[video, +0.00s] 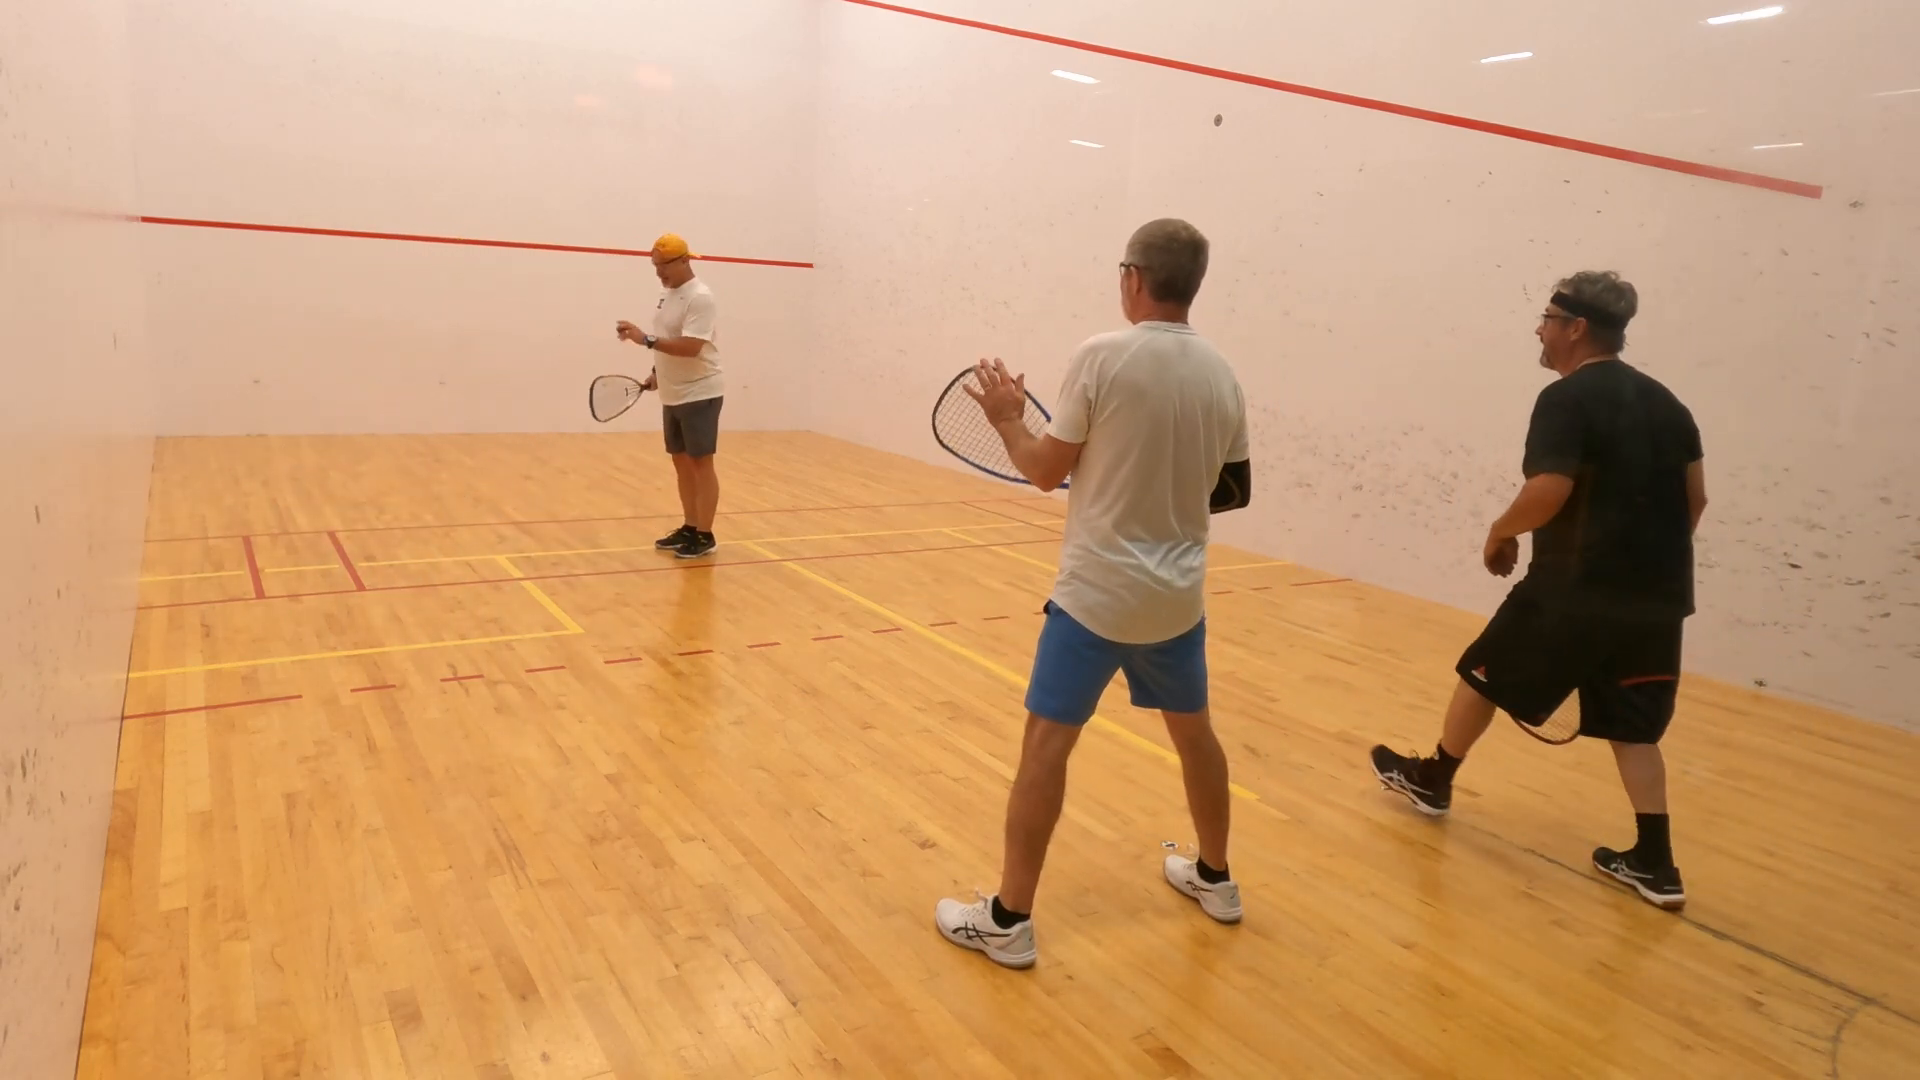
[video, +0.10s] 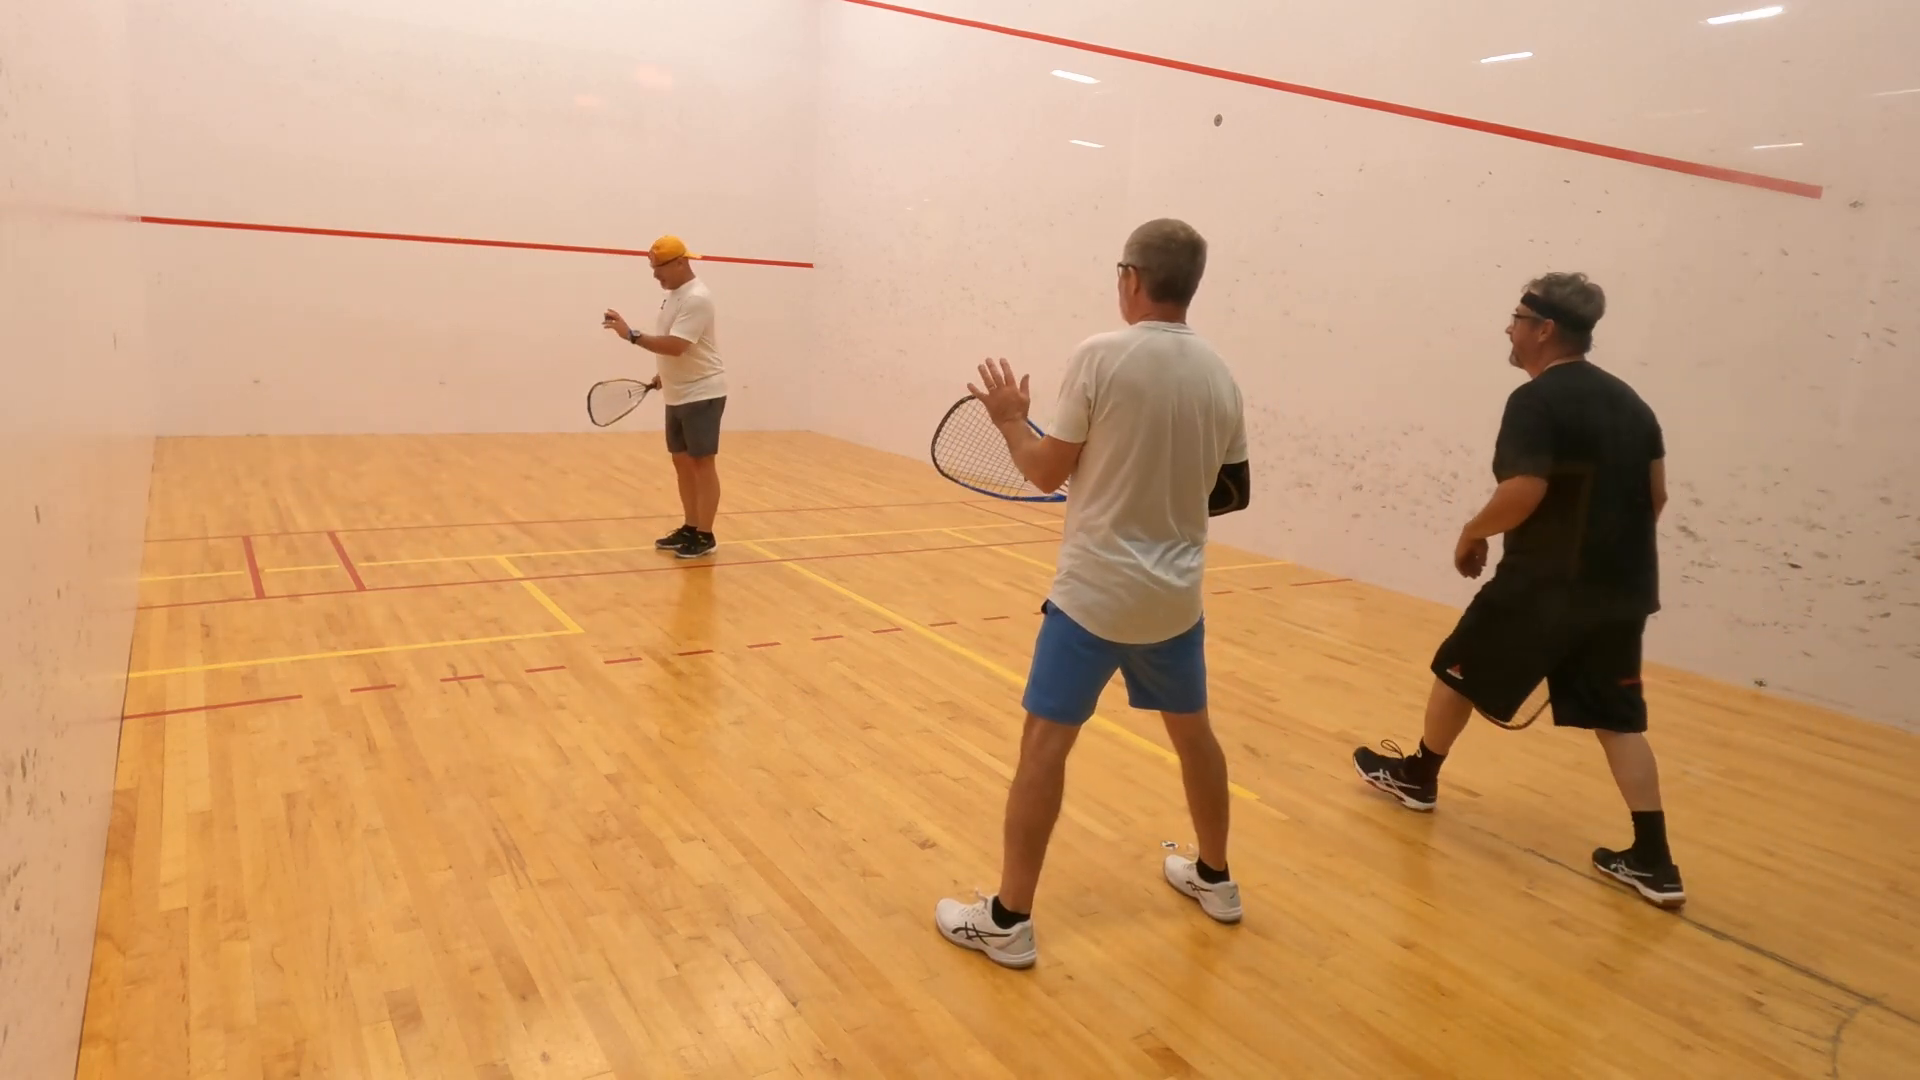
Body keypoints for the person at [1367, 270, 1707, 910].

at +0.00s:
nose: (1539, 330)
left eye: (1549, 320)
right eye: (1544, 318)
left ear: (1579, 331)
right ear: (1608, 334)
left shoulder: (1565, 398)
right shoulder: (1666, 404)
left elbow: (1549, 487)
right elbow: (1693, 499)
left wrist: (1503, 531)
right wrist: (1655, 562)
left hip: (1568, 595)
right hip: (1652, 604)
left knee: (1485, 669)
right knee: (1632, 722)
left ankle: (1435, 775)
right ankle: (1655, 861)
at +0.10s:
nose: (1509, 328)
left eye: (1518, 319)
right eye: (1514, 316)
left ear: (1546, 331)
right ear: (1570, 336)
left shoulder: (1534, 399)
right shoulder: (1630, 402)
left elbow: (1523, 489)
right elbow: (1654, 495)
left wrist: (1475, 530)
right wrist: (1610, 546)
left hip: (1539, 588)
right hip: (1618, 595)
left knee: (1459, 665)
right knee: (1618, 714)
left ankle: (1419, 773)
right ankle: (1653, 857)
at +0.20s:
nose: (1474, 323)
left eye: (1484, 315)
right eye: (1480, 312)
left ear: (1510, 328)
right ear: (1536, 331)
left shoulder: (1498, 398)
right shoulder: (1587, 397)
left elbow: (1488, 488)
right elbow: (1613, 486)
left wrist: (1440, 529)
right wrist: (1574, 543)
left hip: (1502, 576)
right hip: (1576, 584)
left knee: (1429, 656)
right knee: (1588, 701)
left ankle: (1410, 771)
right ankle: (1645, 838)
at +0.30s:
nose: (1441, 315)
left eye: (1450, 307)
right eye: (1446, 305)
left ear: (1475, 321)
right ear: (1499, 324)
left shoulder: (1464, 390)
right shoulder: (1551, 388)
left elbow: (1452, 478)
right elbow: (1573, 474)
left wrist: (1405, 515)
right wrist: (1547, 534)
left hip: (1462, 566)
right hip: (1534, 570)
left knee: (1410, 661)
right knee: (1523, 676)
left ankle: (1407, 773)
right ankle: (1604, 792)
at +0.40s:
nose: (1414, 311)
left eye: (1423, 303)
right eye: (1418, 300)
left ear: (1448, 314)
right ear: (1473, 317)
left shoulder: (1436, 382)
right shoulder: (1521, 383)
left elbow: (1417, 468)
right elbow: (1539, 470)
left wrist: (1370, 499)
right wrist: (1506, 523)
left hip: (1433, 556)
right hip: (1498, 559)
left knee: (1393, 657)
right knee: (1460, 652)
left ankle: (1406, 772)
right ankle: (1530, 753)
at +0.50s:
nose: (1390, 305)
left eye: (1398, 298)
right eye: (1394, 296)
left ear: (1420, 309)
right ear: (1446, 312)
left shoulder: (1409, 377)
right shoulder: (1492, 378)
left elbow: (1386, 464)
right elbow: (1510, 463)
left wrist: (1338, 486)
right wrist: (1484, 526)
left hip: (1406, 549)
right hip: (1465, 547)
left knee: (1382, 659)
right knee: (1410, 633)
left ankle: (1405, 772)